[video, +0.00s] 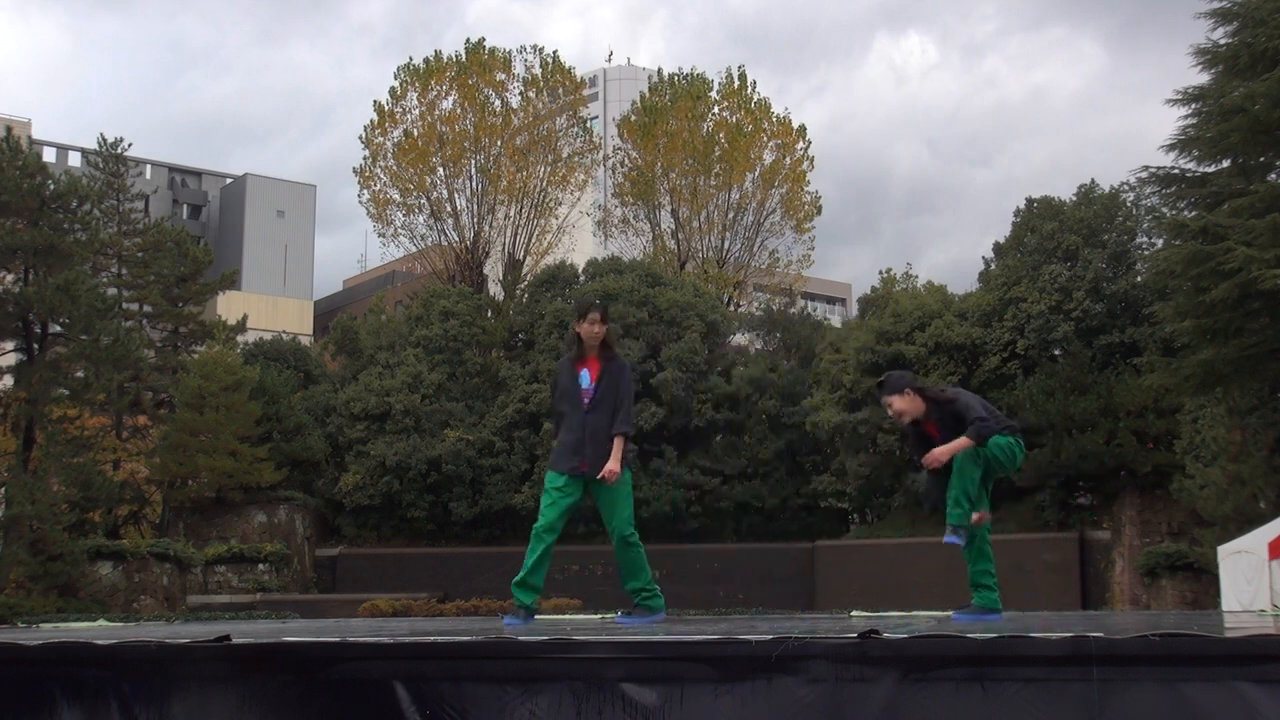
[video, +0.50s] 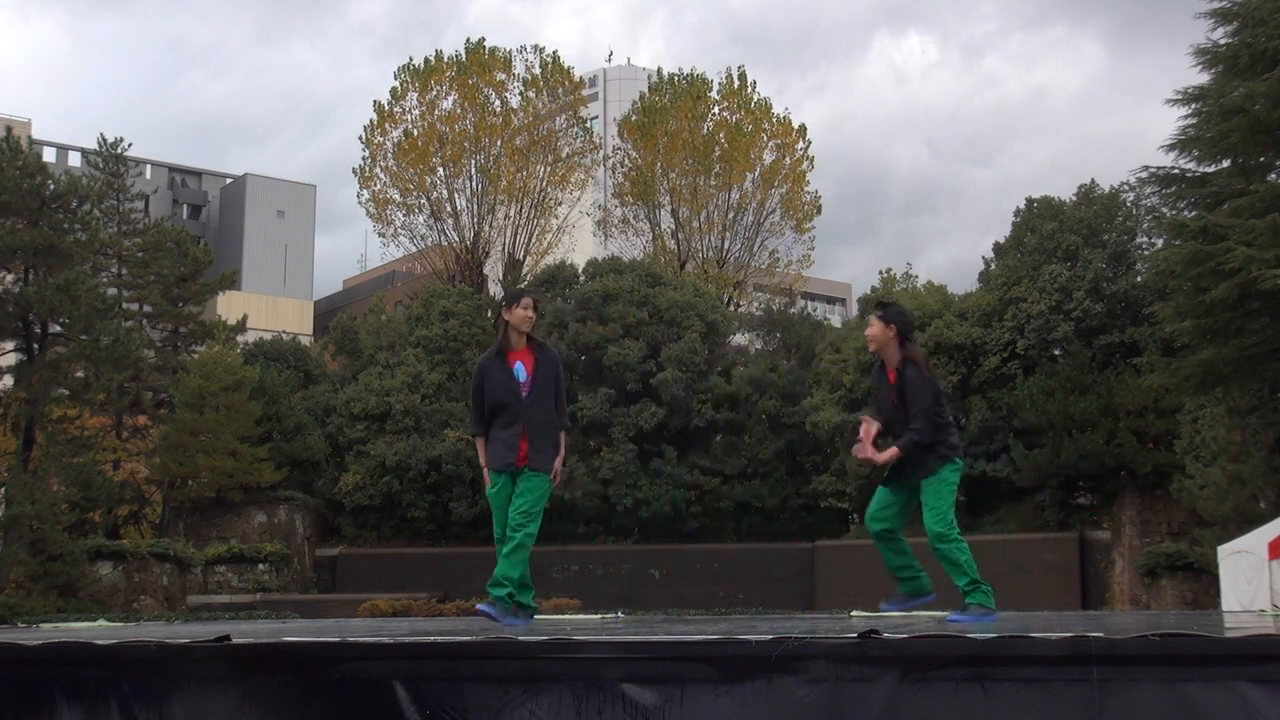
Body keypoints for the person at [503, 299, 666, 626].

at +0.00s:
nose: (596, 329)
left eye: (600, 323)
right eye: (589, 323)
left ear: (606, 328)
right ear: (577, 327)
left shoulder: (618, 367)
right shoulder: (564, 367)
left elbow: (624, 415)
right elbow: (558, 414)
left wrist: (615, 457)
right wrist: (563, 449)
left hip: (608, 463)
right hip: (566, 462)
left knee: (623, 533)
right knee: (544, 528)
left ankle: (649, 603)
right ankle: (523, 605)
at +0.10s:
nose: (583, 326)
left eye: (586, 321)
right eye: (576, 320)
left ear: (589, 327)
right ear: (559, 324)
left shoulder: (598, 368)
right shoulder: (538, 368)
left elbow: (607, 416)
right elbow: (529, 419)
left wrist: (609, 460)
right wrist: (524, 463)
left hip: (587, 466)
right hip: (544, 465)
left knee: (600, 534)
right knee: (529, 534)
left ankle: (640, 593)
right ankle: (524, 606)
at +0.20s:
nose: (567, 323)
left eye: (569, 318)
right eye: (561, 317)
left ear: (570, 323)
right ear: (542, 320)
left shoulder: (581, 363)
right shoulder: (521, 365)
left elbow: (591, 414)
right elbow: (508, 416)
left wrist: (592, 457)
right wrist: (509, 461)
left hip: (570, 462)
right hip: (529, 463)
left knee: (569, 521)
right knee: (524, 533)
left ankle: (612, 581)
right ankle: (522, 605)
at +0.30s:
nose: (553, 317)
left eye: (555, 312)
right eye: (546, 312)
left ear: (556, 318)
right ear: (529, 315)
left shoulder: (568, 359)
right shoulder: (508, 363)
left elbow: (578, 410)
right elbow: (499, 416)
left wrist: (578, 451)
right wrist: (501, 466)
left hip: (560, 458)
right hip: (519, 460)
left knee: (550, 516)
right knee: (520, 531)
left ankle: (569, 594)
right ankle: (522, 604)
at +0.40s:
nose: (541, 315)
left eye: (543, 310)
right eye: (534, 309)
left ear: (544, 316)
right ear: (516, 313)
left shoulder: (557, 358)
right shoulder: (496, 362)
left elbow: (568, 409)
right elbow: (488, 417)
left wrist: (570, 450)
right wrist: (493, 464)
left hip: (549, 457)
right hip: (509, 457)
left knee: (537, 524)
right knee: (511, 528)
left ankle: (528, 601)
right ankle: (515, 598)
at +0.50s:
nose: (529, 314)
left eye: (532, 310)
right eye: (523, 308)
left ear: (535, 317)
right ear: (506, 313)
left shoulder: (548, 358)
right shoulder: (488, 363)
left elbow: (560, 411)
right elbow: (479, 419)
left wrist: (560, 454)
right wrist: (485, 467)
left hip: (539, 459)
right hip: (499, 459)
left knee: (521, 527)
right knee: (504, 531)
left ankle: (500, 596)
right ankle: (523, 604)